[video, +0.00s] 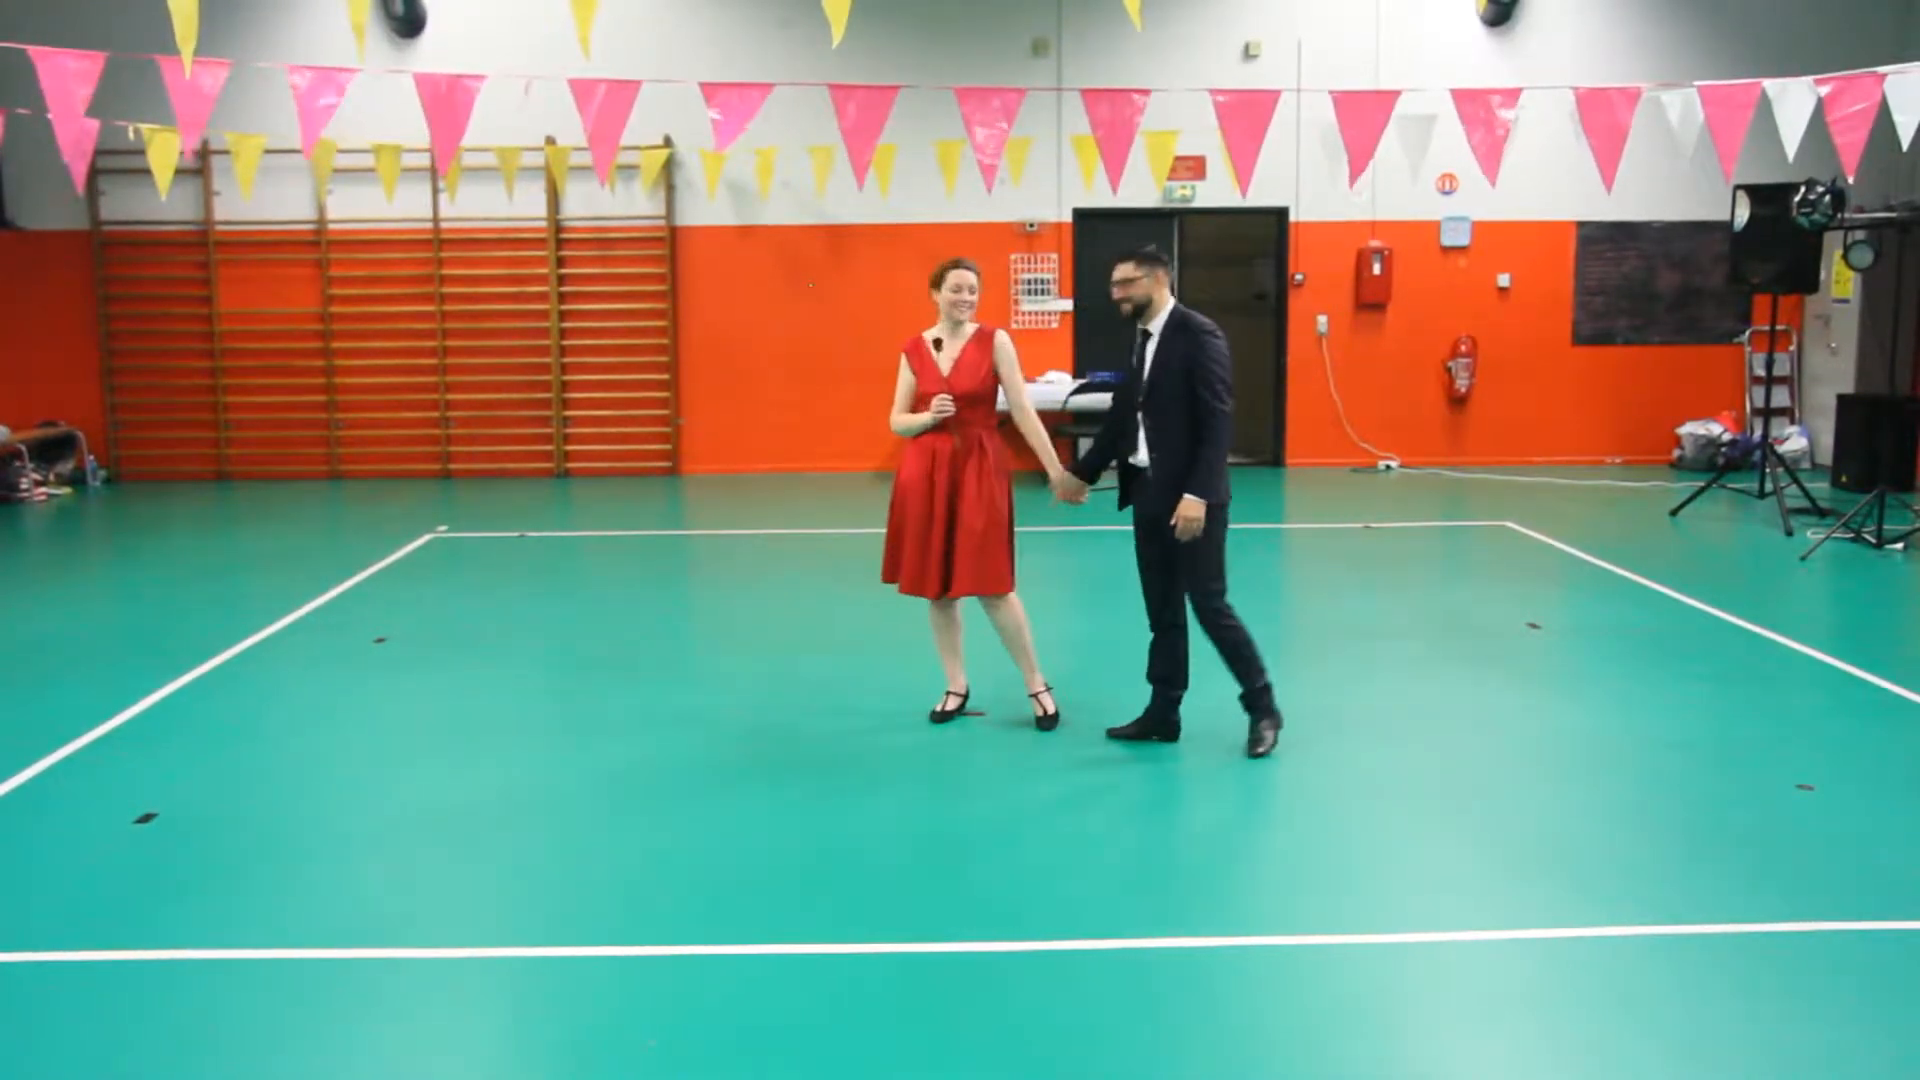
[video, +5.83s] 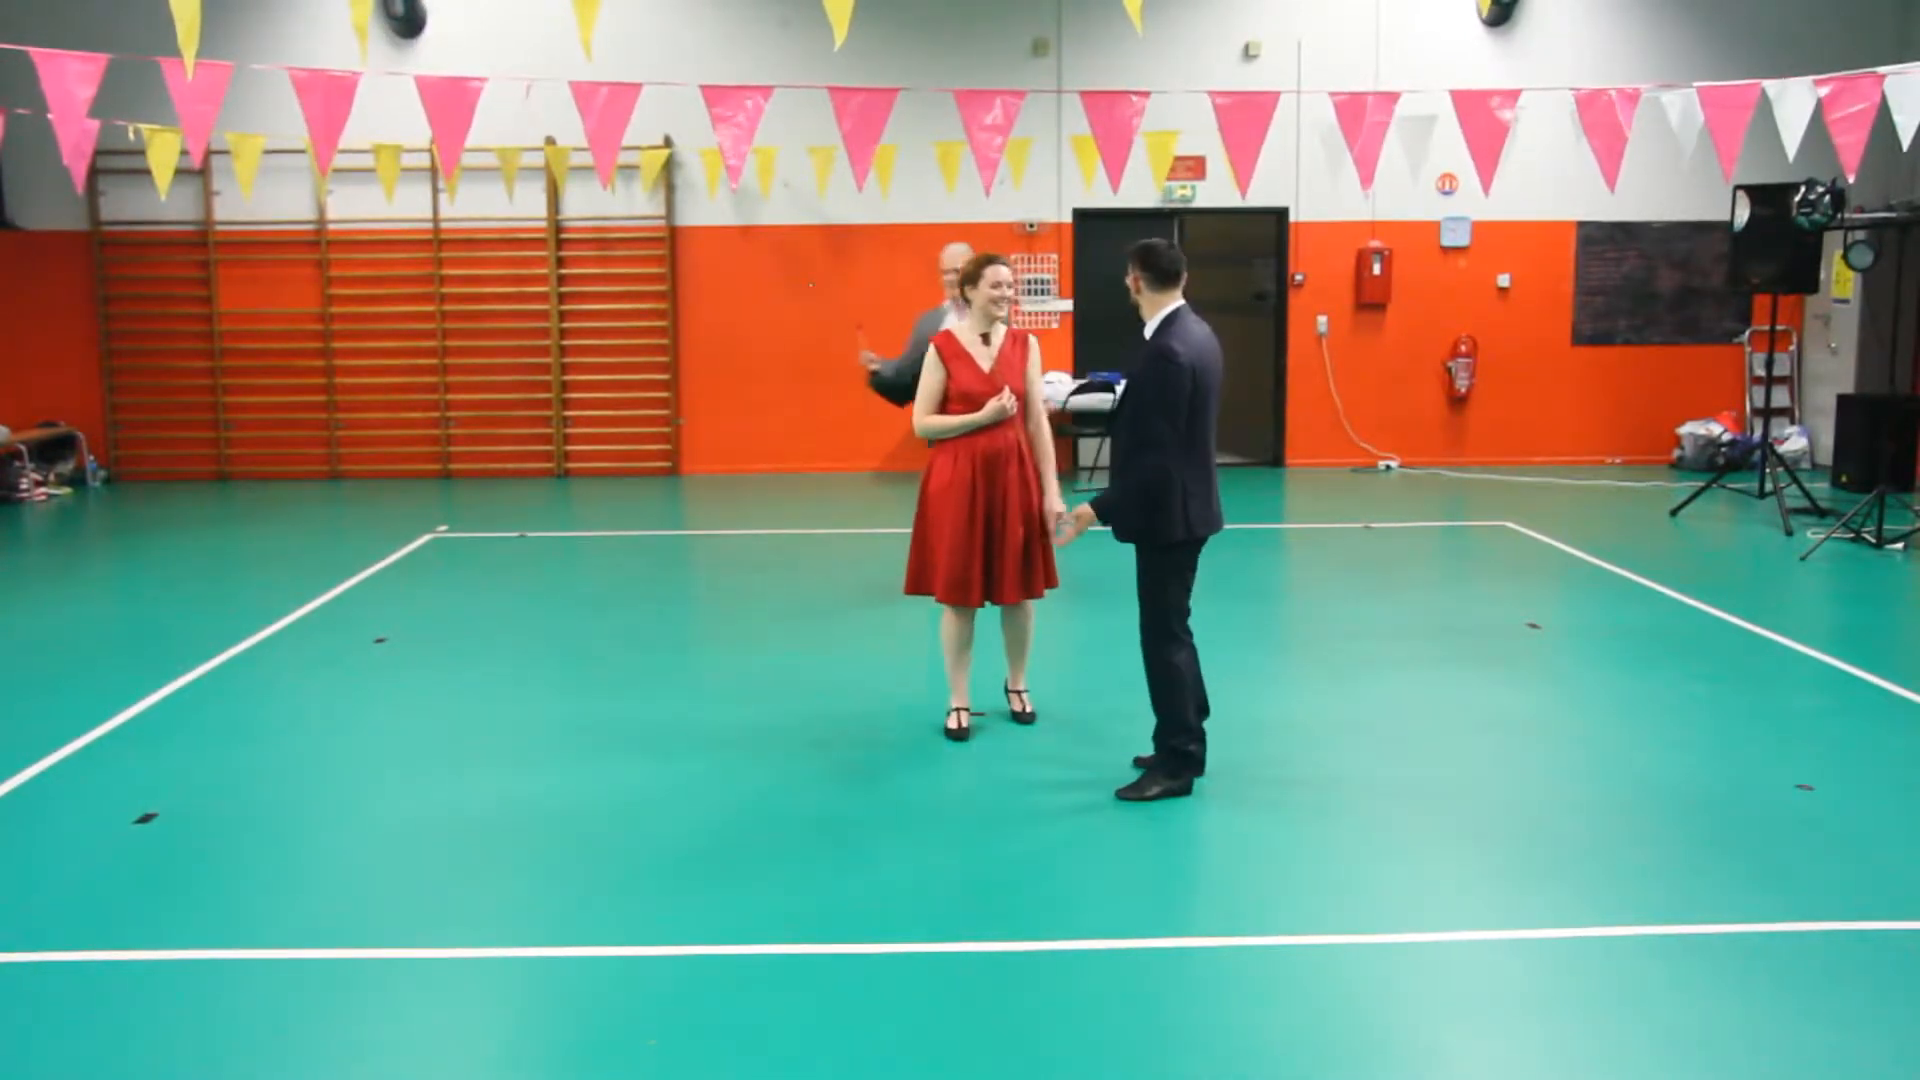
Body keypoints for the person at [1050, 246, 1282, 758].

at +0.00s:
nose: (1117, 293)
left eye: (1126, 283)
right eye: (1114, 285)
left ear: (1160, 280)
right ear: (1123, 290)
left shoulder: (1199, 334)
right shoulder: (1141, 340)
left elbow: (1217, 421)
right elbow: (1123, 415)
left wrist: (1199, 493)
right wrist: (1084, 472)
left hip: (1195, 491)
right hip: (1148, 490)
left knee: (1209, 604)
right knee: (1163, 610)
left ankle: (1263, 710)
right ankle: (1162, 713)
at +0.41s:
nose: (1200, 289)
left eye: (1209, 279)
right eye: (1191, 281)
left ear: (1229, 283)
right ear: (1179, 288)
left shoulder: (1259, 339)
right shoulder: (1175, 341)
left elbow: (1279, 422)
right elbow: (1156, 409)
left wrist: (1269, 499)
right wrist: (1110, 453)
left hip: (1243, 491)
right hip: (1189, 489)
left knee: (1259, 609)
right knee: (1182, 608)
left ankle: (1268, 716)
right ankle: (1164, 713)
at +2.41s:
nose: (1134, 292)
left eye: (1141, 282)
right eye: (1134, 283)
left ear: (1171, 282)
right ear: (1165, 285)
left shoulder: (1220, 340)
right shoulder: (1159, 338)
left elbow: (1236, 425)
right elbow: (1146, 413)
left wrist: (1232, 501)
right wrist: (1111, 474)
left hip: (1200, 486)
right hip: (1157, 482)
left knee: (1206, 598)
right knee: (1168, 597)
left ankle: (1249, 711)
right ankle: (1175, 693)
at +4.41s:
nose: (1134, 291)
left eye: (1144, 282)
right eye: (1131, 282)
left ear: (1179, 283)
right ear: (1139, 288)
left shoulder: (1214, 345)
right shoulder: (1148, 345)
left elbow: (1241, 434)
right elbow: (1134, 423)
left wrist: (1246, 516)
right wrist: (1096, 480)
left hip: (1199, 504)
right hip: (1153, 501)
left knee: (1191, 628)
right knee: (1175, 626)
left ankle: (1186, 752)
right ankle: (1185, 729)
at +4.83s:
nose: (1119, 287)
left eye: (1129, 277)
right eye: (1120, 278)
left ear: (1167, 280)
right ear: (1152, 282)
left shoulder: (1192, 344)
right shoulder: (1154, 340)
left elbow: (1203, 441)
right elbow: (1138, 424)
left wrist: (1185, 526)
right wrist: (1102, 466)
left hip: (1174, 514)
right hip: (1146, 509)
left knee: (1173, 640)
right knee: (1165, 635)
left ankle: (1178, 763)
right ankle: (1179, 733)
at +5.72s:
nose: (1123, 286)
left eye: (1124, 278)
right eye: (1127, 277)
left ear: (1131, 282)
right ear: (1176, 280)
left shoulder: (1161, 352)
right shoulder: (1192, 335)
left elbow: (1146, 453)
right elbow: (1157, 425)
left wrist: (1117, 529)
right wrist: (1111, 470)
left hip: (1165, 518)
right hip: (1185, 510)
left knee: (1166, 638)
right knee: (1170, 633)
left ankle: (1180, 764)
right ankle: (1178, 742)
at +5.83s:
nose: (1125, 286)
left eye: (1127, 278)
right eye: (1130, 277)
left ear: (1137, 282)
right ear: (1180, 280)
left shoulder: (1166, 351)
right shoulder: (1195, 336)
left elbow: (1152, 456)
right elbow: (1148, 411)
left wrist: (1095, 508)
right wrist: (1073, 398)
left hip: (1165, 519)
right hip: (1187, 511)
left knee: (1162, 637)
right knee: (1171, 629)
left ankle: (1179, 763)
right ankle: (1182, 737)